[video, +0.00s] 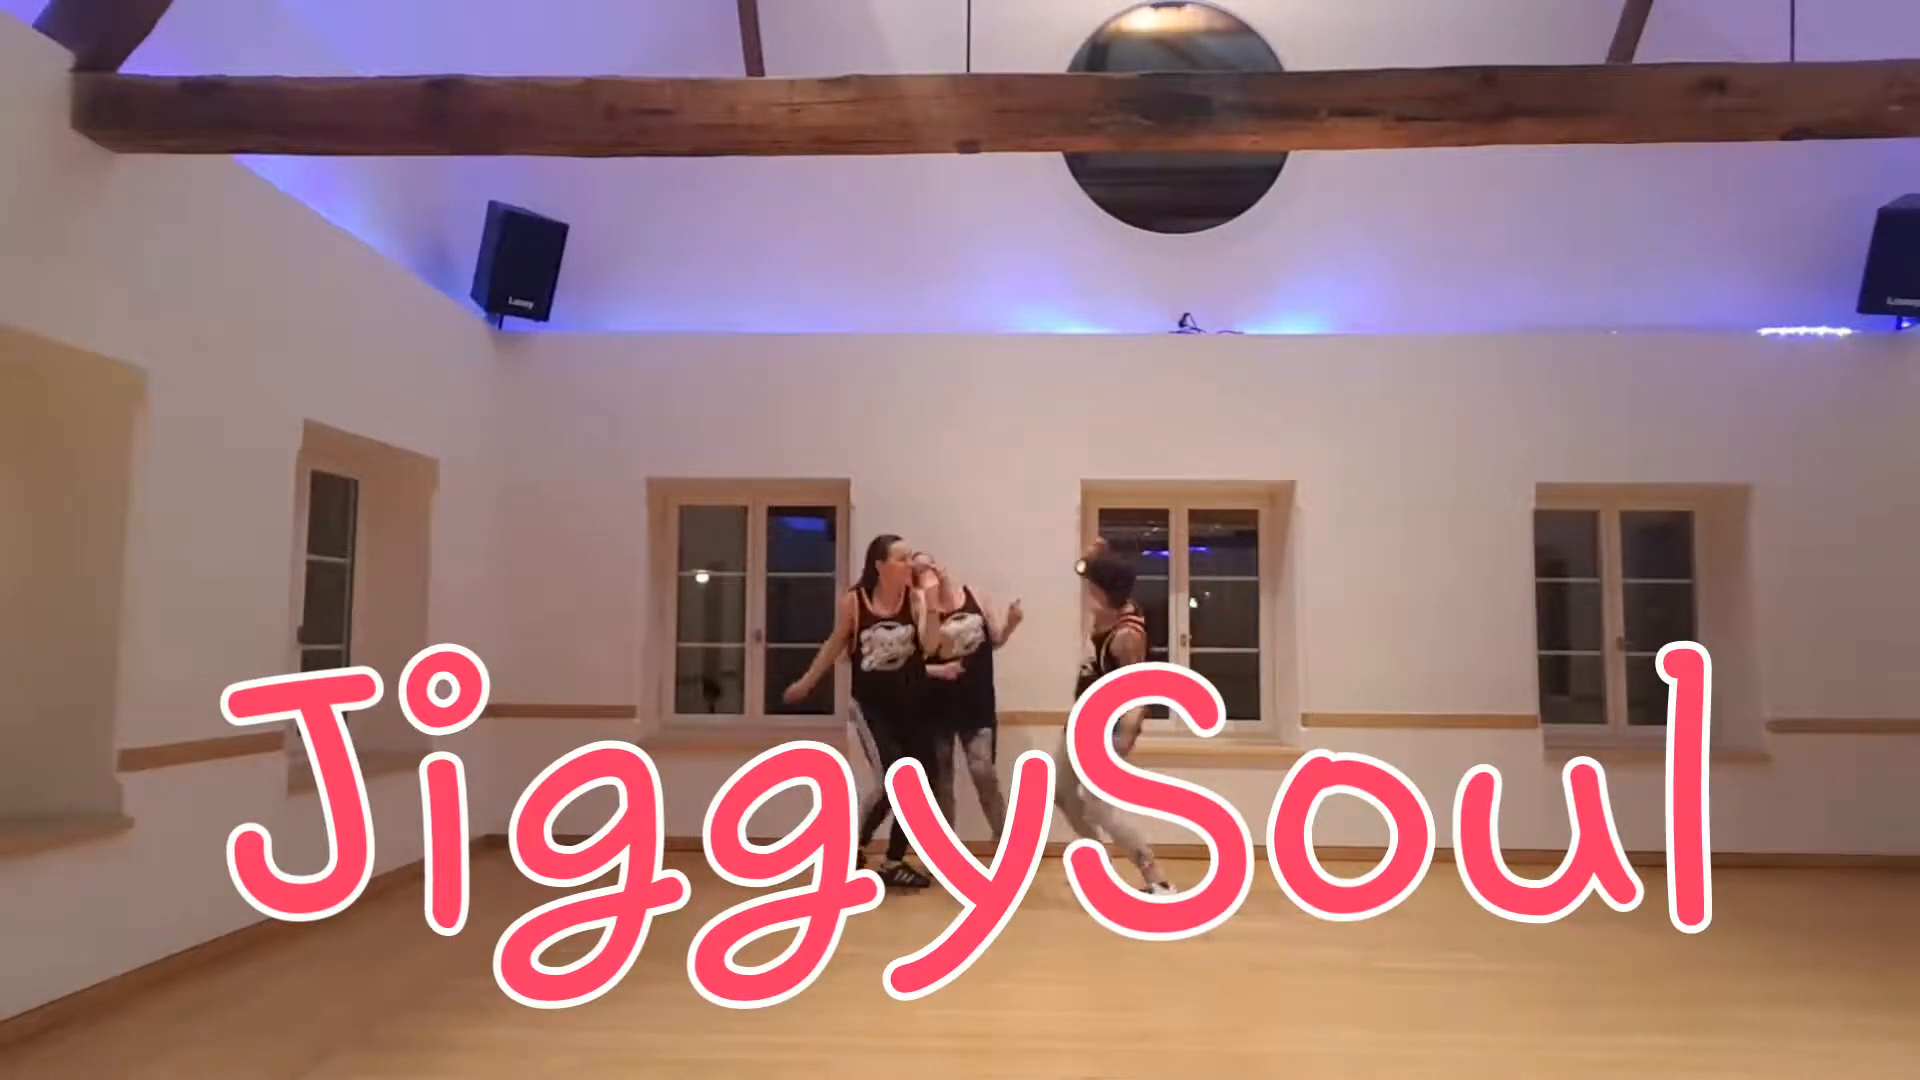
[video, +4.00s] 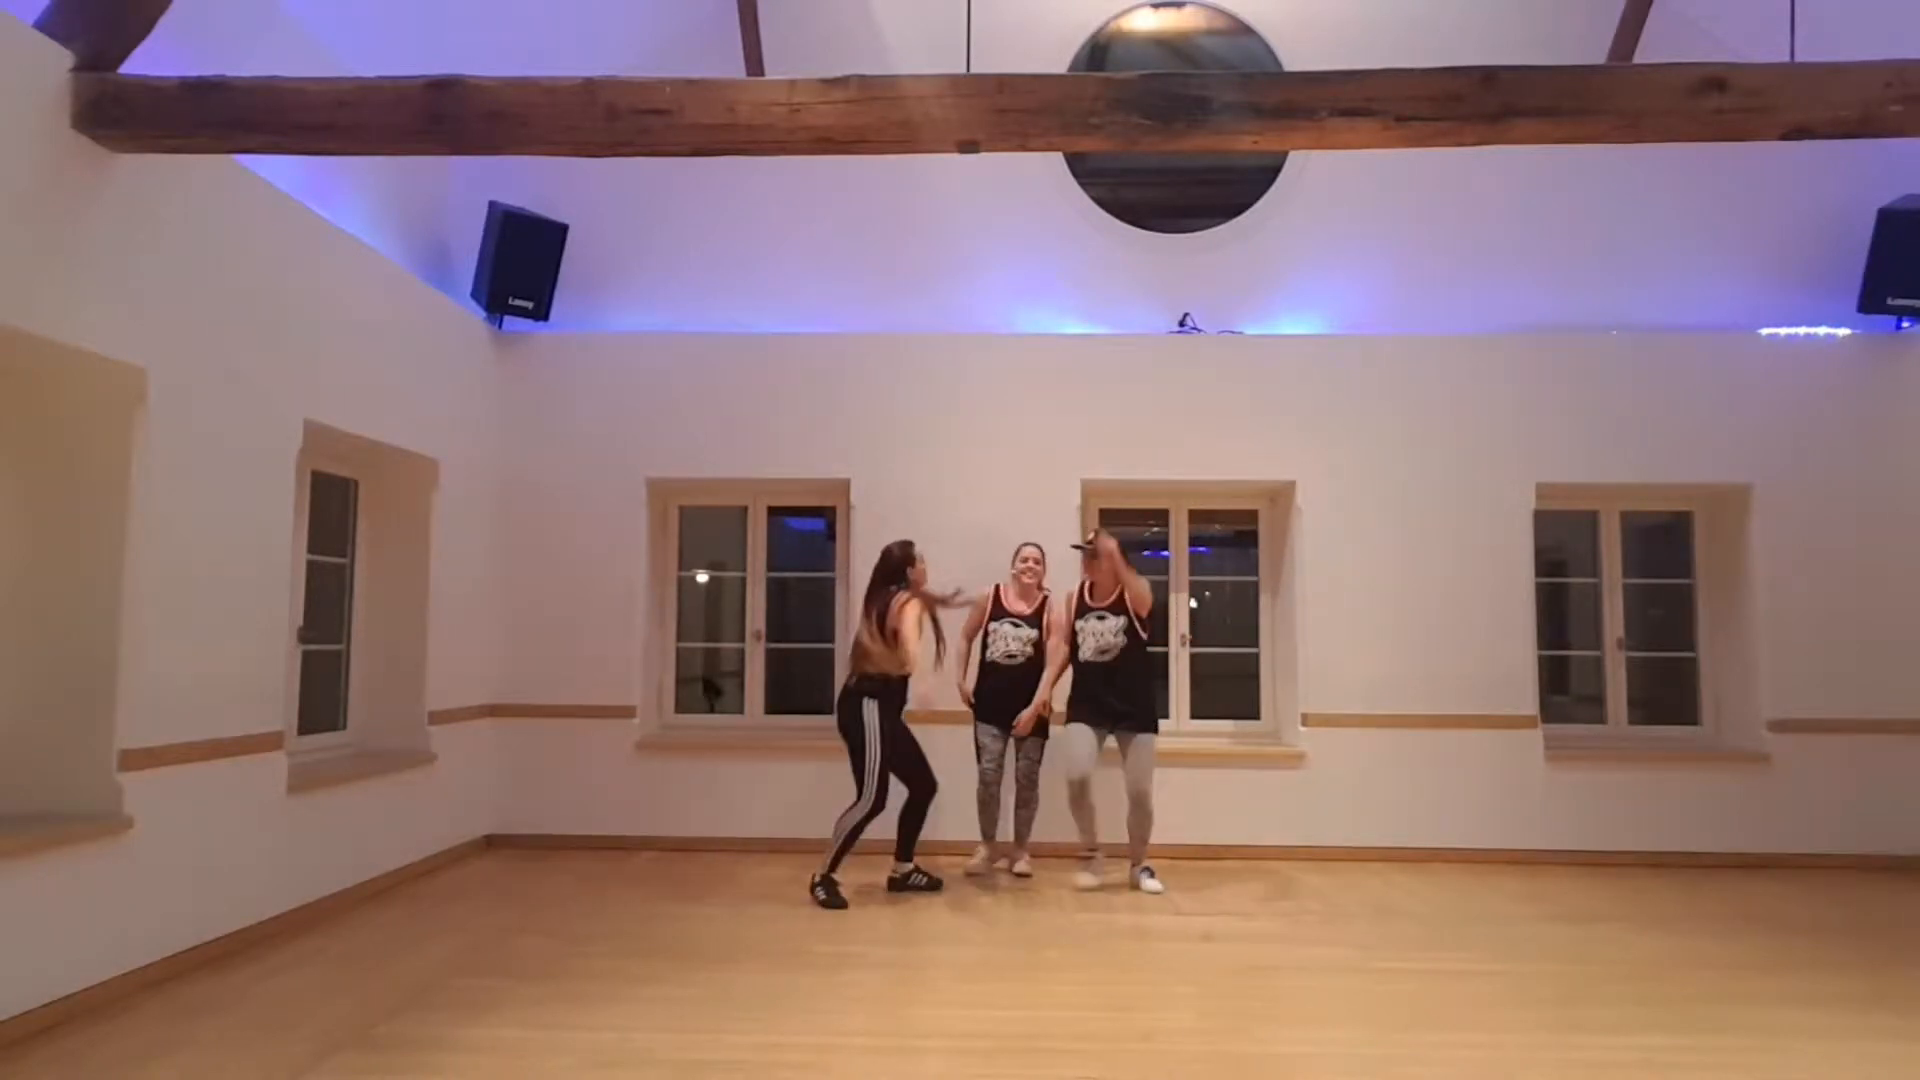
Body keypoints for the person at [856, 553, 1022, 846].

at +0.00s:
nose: (927, 573)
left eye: (928, 566)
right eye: (919, 573)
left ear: (938, 568)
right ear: (914, 585)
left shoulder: (972, 595)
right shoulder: (915, 612)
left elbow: (995, 640)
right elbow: (901, 665)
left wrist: (1010, 623)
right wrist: (936, 670)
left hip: (977, 696)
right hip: (938, 700)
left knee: (982, 771)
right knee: (942, 777)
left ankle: (1004, 838)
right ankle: (945, 844)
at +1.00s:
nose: (1018, 588)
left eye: (1023, 582)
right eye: (1013, 581)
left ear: (1029, 579)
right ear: (998, 576)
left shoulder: (1031, 605)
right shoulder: (976, 606)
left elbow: (1053, 640)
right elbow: (943, 638)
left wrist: (1068, 621)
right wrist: (938, 677)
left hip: (1023, 698)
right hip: (984, 700)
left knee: (1038, 770)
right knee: (986, 772)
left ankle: (1032, 844)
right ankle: (952, 841)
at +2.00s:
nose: (998, 557)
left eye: (1005, 552)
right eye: (994, 552)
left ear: (1018, 559)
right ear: (986, 558)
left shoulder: (1027, 585)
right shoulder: (981, 590)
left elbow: (1022, 601)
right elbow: (961, 632)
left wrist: (996, 609)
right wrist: (921, 634)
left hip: (1014, 692)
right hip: (974, 690)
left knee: (1027, 767)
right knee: (957, 767)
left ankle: (1033, 842)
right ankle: (947, 843)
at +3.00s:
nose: (965, 562)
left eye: (968, 556)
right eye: (957, 558)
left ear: (975, 562)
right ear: (944, 568)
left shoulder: (976, 595)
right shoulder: (945, 606)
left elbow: (991, 631)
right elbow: (959, 662)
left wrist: (1001, 651)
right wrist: (984, 710)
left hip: (985, 689)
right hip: (955, 696)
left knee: (1015, 762)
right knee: (958, 772)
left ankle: (998, 840)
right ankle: (949, 844)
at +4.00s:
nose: (1030, 566)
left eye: (1036, 562)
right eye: (1024, 560)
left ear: (1044, 570)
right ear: (1012, 567)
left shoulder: (1050, 606)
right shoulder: (990, 597)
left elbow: (1053, 660)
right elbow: (966, 637)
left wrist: (1036, 706)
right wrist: (962, 682)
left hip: (1031, 702)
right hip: (990, 699)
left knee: (1027, 777)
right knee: (989, 775)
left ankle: (1021, 850)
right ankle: (987, 845)